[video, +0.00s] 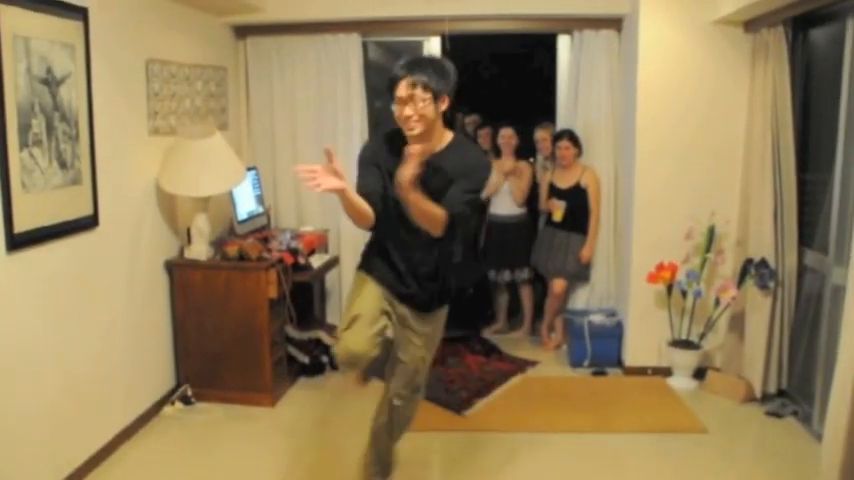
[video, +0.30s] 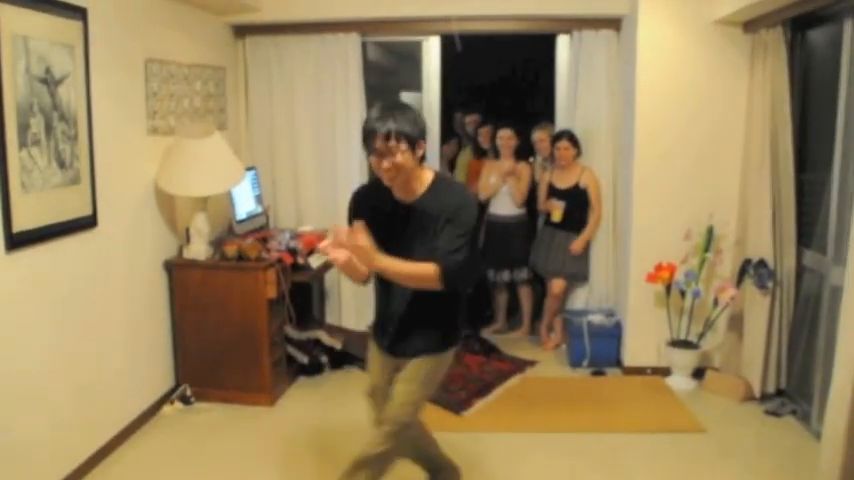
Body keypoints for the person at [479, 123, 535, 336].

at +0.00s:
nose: (506, 141)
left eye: (510, 136)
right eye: (502, 137)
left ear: (517, 140)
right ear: (497, 140)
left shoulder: (524, 167)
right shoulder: (492, 165)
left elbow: (520, 198)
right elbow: (484, 194)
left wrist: (511, 177)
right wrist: (501, 176)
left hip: (517, 220)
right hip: (495, 220)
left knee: (522, 275)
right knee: (499, 276)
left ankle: (526, 324)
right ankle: (500, 320)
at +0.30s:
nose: (505, 142)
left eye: (509, 138)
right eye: (501, 138)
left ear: (516, 141)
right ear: (496, 141)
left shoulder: (523, 167)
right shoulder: (489, 165)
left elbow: (520, 199)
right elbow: (482, 194)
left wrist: (511, 176)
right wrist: (502, 176)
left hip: (516, 220)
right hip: (494, 220)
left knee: (521, 276)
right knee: (498, 276)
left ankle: (525, 324)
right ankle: (500, 320)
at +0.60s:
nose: (504, 142)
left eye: (508, 137)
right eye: (501, 138)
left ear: (515, 141)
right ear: (494, 141)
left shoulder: (523, 167)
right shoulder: (491, 167)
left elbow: (520, 194)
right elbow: (485, 195)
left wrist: (511, 167)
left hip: (519, 216)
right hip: (496, 217)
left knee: (521, 275)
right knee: (501, 274)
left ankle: (526, 324)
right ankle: (502, 323)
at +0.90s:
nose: (503, 143)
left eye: (507, 138)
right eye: (500, 139)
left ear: (516, 142)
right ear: (494, 142)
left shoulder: (523, 168)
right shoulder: (490, 168)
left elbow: (521, 195)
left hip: (516, 224)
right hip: (494, 224)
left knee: (516, 276)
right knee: (497, 276)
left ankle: (524, 321)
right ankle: (499, 317)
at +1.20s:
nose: (504, 139)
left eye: (508, 134)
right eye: (500, 134)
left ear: (515, 137)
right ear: (494, 138)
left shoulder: (521, 162)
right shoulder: (493, 161)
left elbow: (514, 187)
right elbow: (488, 184)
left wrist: (506, 163)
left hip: (517, 217)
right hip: (495, 218)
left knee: (519, 275)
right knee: (497, 275)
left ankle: (523, 321)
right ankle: (498, 318)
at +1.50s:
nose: (503, 141)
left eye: (507, 137)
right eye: (499, 137)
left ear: (515, 140)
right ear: (494, 140)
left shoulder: (521, 165)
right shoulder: (487, 164)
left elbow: (520, 197)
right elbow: (483, 192)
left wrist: (506, 182)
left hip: (514, 218)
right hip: (493, 218)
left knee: (515, 273)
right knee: (494, 273)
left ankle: (522, 320)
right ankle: (498, 316)